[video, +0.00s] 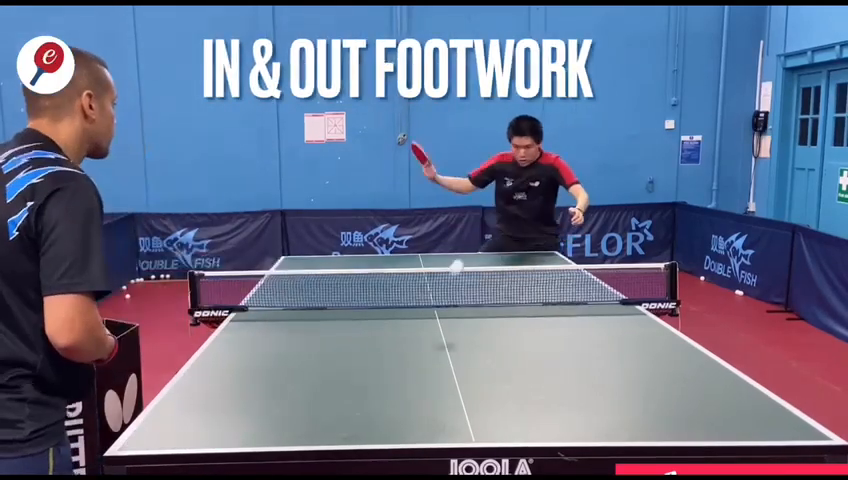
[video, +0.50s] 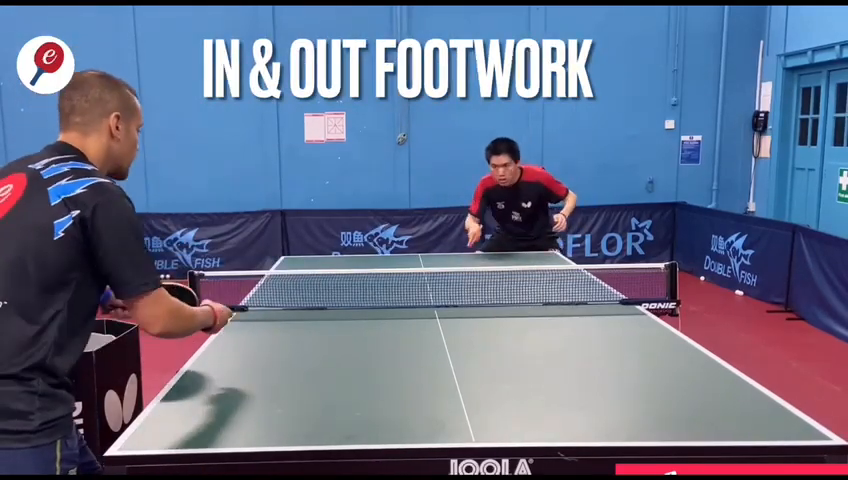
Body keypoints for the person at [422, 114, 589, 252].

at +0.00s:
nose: (521, 153)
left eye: (527, 147)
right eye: (516, 147)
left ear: (539, 144)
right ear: (511, 144)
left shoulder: (553, 164)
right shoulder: (500, 163)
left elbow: (581, 195)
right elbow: (468, 185)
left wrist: (579, 209)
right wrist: (436, 178)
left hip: (543, 242)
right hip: (504, 241)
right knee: (470, 273)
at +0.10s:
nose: (524, 155)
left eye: (529, 149)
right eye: (519, 149)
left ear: (541, 146)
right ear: (513, 147)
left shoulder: (557, 168)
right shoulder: (505, 171)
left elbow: (585, 198)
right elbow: (477, 196)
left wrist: (580, 211)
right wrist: (448, 195)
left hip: (550, 243)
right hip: (512, 242)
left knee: (567, 287)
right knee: (481, 272)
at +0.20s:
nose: (518, 157)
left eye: (524, 150)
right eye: (513, 151)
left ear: (535, 148)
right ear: (507, 151)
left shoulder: (553, 171)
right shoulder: (500, 177)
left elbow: (584, 200)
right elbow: (477, 202)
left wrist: (575, 214)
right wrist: (456, 206)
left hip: (549, 243)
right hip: (512, 243)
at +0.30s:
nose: (508, 158)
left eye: (513, 151)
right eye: (502, 152)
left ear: (524, 148)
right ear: (496, 152)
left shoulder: (544, 170)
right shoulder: (492, 176)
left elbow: (577, 198)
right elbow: (472, 203)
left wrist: (569, 212)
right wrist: (457, 215)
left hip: (544, 240)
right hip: (508, 239)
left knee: (568, 280)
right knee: (475, 269)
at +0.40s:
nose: (500, 162)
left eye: (506, 155)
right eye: (495, 156)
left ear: (518, 152)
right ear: (490, 156)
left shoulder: (538, 171)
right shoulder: (486, 178)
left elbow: (572, 195)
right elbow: (469, 208)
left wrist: (564, 211)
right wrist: (464, 221)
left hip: (541, 237)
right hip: (506, 237)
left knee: (565, 276)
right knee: (473, 265)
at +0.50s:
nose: (501, 173)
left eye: (506, 166)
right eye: (495, 167)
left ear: (517, 163)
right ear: (489, 166)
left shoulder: (539, 177)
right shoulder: (486, 185)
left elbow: (571, 196)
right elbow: (471, 218)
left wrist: (564, 214)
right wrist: (473, 227)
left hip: (540, 239)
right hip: (505, 240)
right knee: (474, 266)